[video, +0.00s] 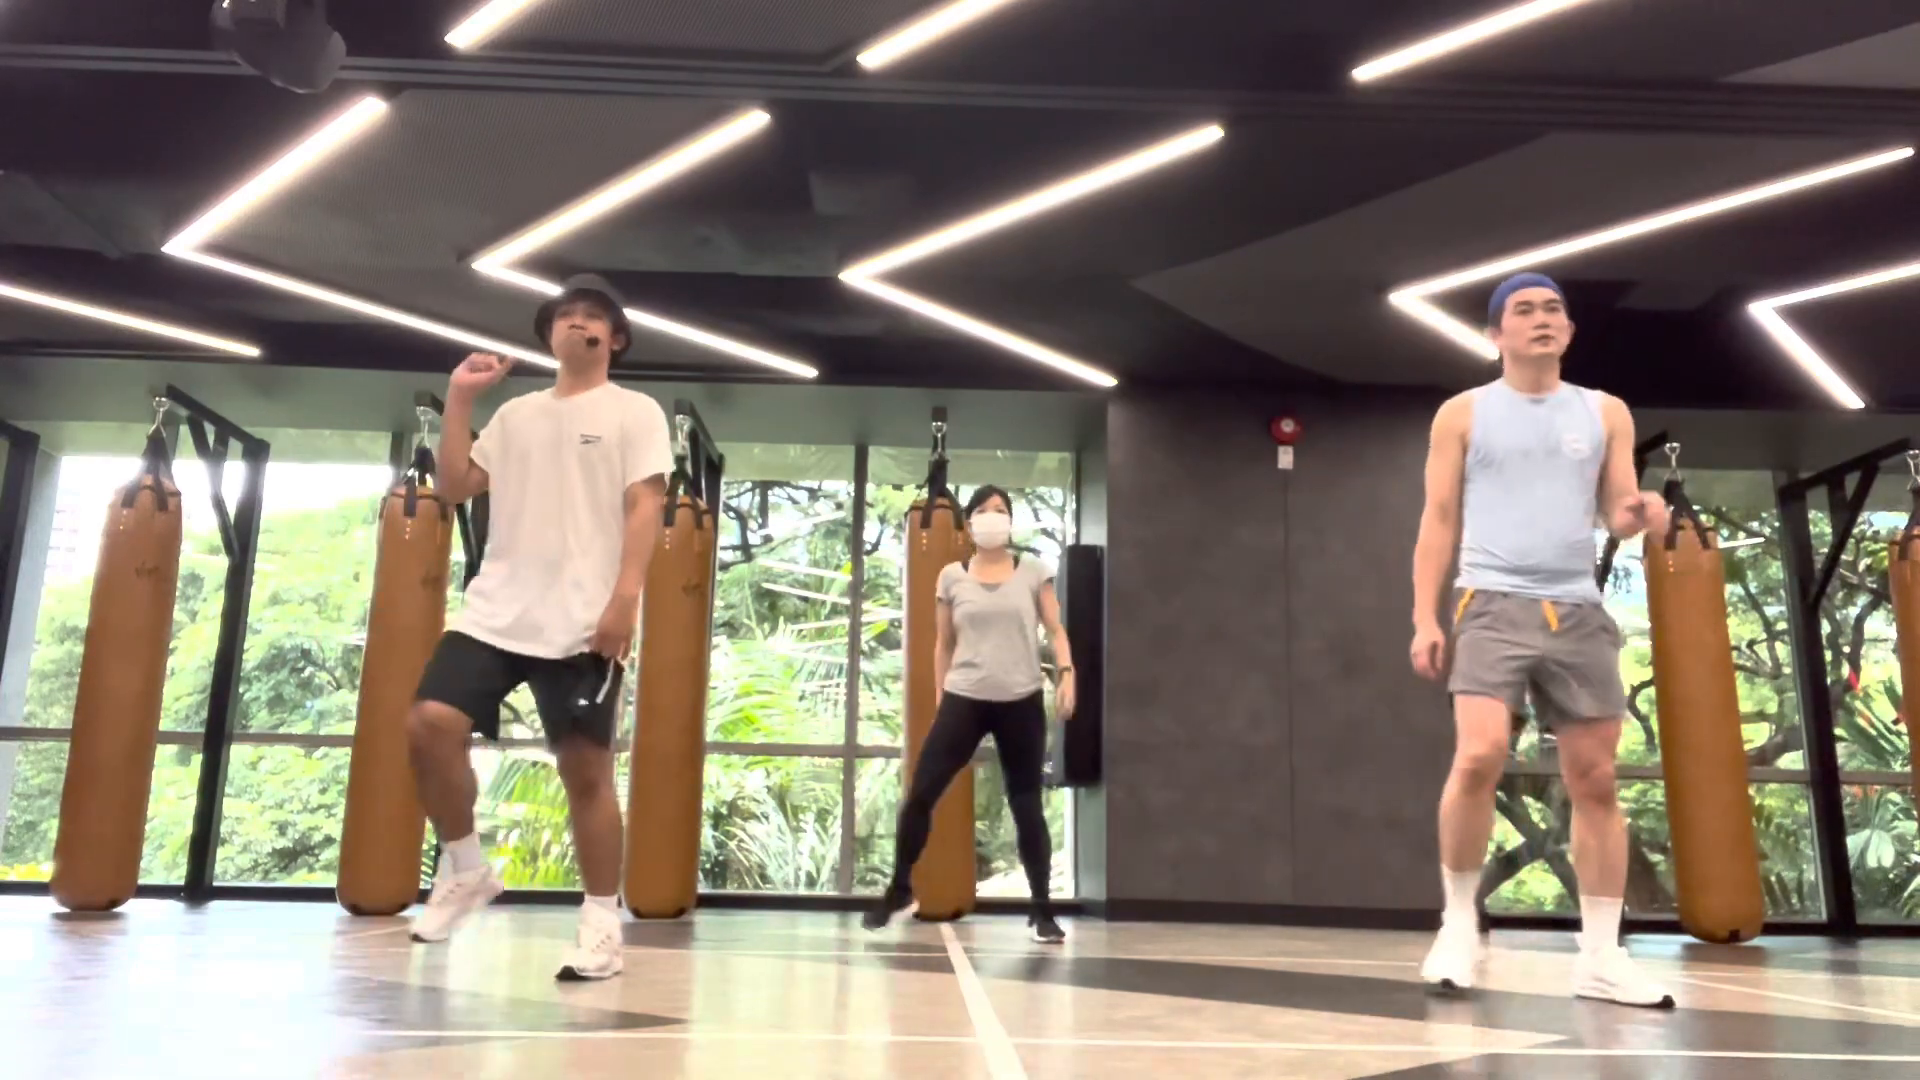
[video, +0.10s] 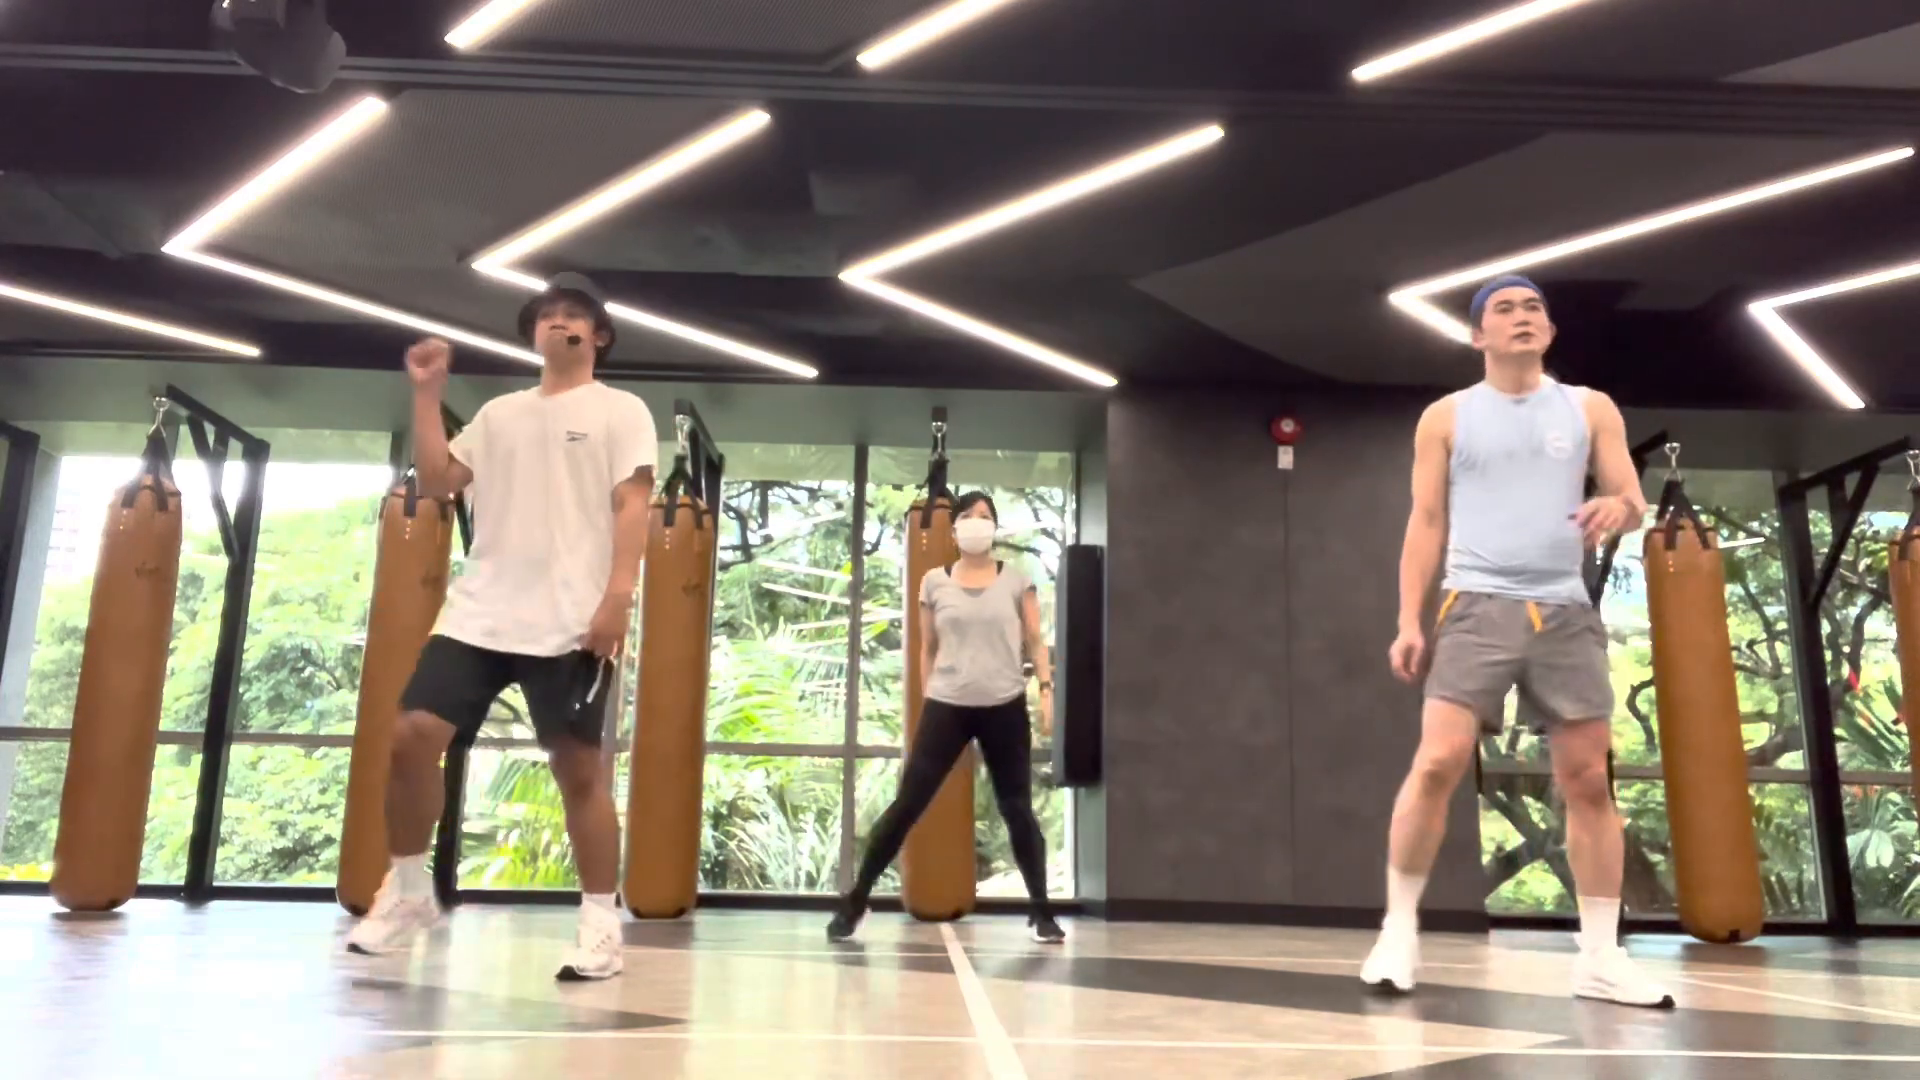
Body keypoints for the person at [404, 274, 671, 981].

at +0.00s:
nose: (579, 322)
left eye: (593, 314)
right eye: (568, 313)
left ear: (615, 337)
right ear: (548, 335)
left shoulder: (635, 412)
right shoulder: (515, 412)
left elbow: (645, 508)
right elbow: (453, 484)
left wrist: (623, 600)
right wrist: (460, 397)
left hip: (580, 615)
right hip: (496, 606)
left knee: (586, 773)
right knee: (433, 724)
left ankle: (601, 930)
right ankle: (466, 871)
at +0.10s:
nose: (561, 322)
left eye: (576, 312)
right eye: (550, 314)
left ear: (599, 334)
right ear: (533, 335)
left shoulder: (621, 411)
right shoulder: (498, 413)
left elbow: (633, 507)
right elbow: (438, 481)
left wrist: (618, 597)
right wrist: (427, 389)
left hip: (570, 617)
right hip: (479, 612)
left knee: (581, 772)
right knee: (413, 734)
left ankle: (601, 927)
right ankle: (409, 898)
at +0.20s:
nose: (521, 334)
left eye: (536, 324)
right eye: (512, 325)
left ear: (566, 337)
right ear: (502, 340)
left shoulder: (597, 416)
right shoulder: (474, 419)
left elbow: (616, 513)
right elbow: (412, 475)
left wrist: (605, 602)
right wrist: (405, 387)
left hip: (550, 627)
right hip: (458, 625)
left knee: (571, 772)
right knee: (401, 770)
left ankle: (601, 930)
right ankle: (359, 926)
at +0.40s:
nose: (445, 338)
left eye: (459, 327)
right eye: (446, 327)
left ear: (496, 337)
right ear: (455, 340)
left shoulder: (543, 414)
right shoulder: (419, 417)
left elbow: (557, 508)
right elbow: (362, 477)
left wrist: (554, 596)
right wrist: (367, 384)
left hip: (496, 628)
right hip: (403, 628)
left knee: (522, 764)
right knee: (373, 770)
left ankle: (586, 915)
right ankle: (358, 931)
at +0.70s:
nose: (419, 336)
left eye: (432, 325)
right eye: (422, 324)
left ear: (469, 334)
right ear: (447, 335)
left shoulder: (524, 416)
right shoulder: (394, 415)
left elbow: (534, 512)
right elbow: (340, 491)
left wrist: (513, 598)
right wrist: (276, 543)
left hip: (467, 622)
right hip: (378, 619)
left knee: (435, 759)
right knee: (366, 768)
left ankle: (423, 924)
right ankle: (357, 928)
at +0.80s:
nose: (420, 332)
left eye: (435, 321)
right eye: (423, 320)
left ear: (475, 333)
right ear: (441, 333)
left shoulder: (527, 417)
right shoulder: (393, 412)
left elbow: (532, 515)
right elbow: (360, 511)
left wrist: (517, 600)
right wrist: (314, 591)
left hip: (472, 618)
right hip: (381, 617)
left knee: (457, 746)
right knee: (365, 771)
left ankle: (447, 913)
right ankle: (354, 929)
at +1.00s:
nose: (445, 322)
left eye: (459, 309)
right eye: (445, 311)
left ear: (499, 321)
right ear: (454, 325)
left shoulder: (547, 409)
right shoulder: (416, 407)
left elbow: (564, 506)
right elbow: (397, 515)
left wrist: (559, 592)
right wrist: (383, 603)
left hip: (501, 614)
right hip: (408, 615)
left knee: (519, 746)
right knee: (375, 765)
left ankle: (560, 892)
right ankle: (359, 929)